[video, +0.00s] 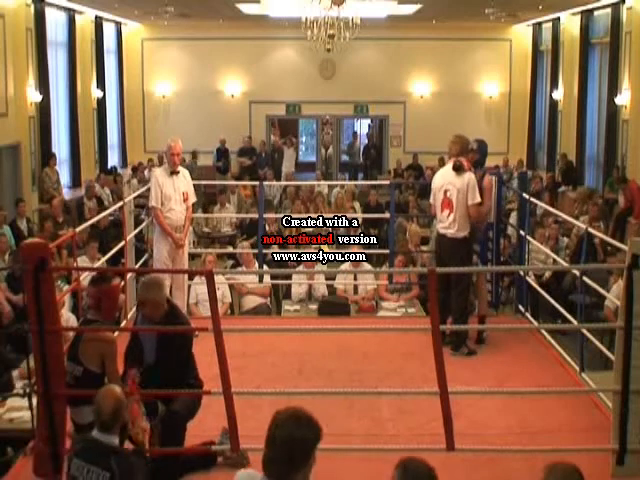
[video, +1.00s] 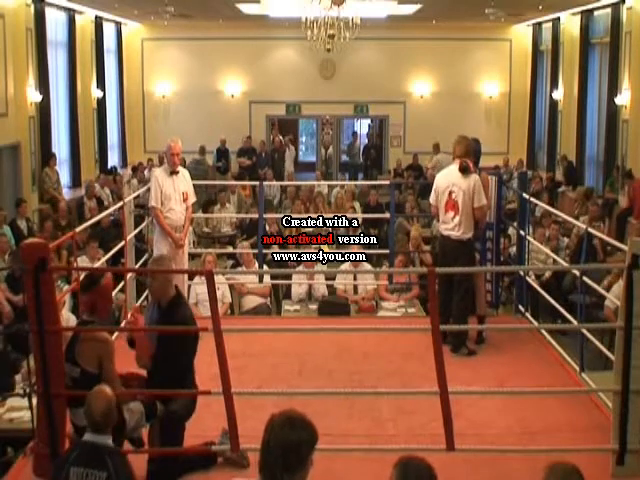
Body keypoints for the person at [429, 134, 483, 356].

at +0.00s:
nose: (472, 158)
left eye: (470, 154)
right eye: (471, 154)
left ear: (449, 153)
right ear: (467, 154)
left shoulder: (438, 175)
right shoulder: (468, 177)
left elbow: (434, 208)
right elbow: (475, 213)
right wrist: (487, 199)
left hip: (441, 236)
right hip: (460, 238)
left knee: (443, 284)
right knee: (461, 288)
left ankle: (441, 328)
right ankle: (459, 338)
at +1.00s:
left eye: (458, 151)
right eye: (471, 154)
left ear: (454, 153)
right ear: (472, 155)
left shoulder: (441, 176)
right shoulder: (474, 179)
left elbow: (434, 208)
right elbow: (480, 212)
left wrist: (446, 220)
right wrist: (477, 229)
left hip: (443, 238)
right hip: (463, 240)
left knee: (444, 286)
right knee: (462, 289)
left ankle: (443, 328)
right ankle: (459, 339)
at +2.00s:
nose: (472, 160)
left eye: (470, 157)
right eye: (471, 157)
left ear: (453, 156)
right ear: (469, 157)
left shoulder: (442, 177)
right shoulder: (471, 178)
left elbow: (435, 208)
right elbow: (480, 209)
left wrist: (445, 221)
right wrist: (489, 201)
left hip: (445, 238)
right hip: (464, 239)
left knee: (446, 286)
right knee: (463, 289)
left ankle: (444, 329)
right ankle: (459, 339)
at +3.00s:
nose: (465, 155)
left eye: (459, 151)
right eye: (465, 152)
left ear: (447, 153)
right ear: (464, 153)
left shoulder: (438, 178)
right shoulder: (470, 176)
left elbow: (434, 210)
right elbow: (478, 207)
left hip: (444, 237)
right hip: (464, 237)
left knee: (446, 285)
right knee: (463, 287)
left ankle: (444, 329)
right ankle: (460, 338)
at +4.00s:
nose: (471, 157)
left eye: (462, 152)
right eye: (473, 153)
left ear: (456, 154)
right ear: (474, 154)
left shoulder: (448, 178)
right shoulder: (480, 178)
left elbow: (442, 211)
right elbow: (488, 208)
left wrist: (453, 224)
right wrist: (485, 225)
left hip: (454, 237)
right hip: (473, 238)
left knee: (451, 284)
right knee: (470, 287)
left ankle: (449, 327)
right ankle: (466, 337)